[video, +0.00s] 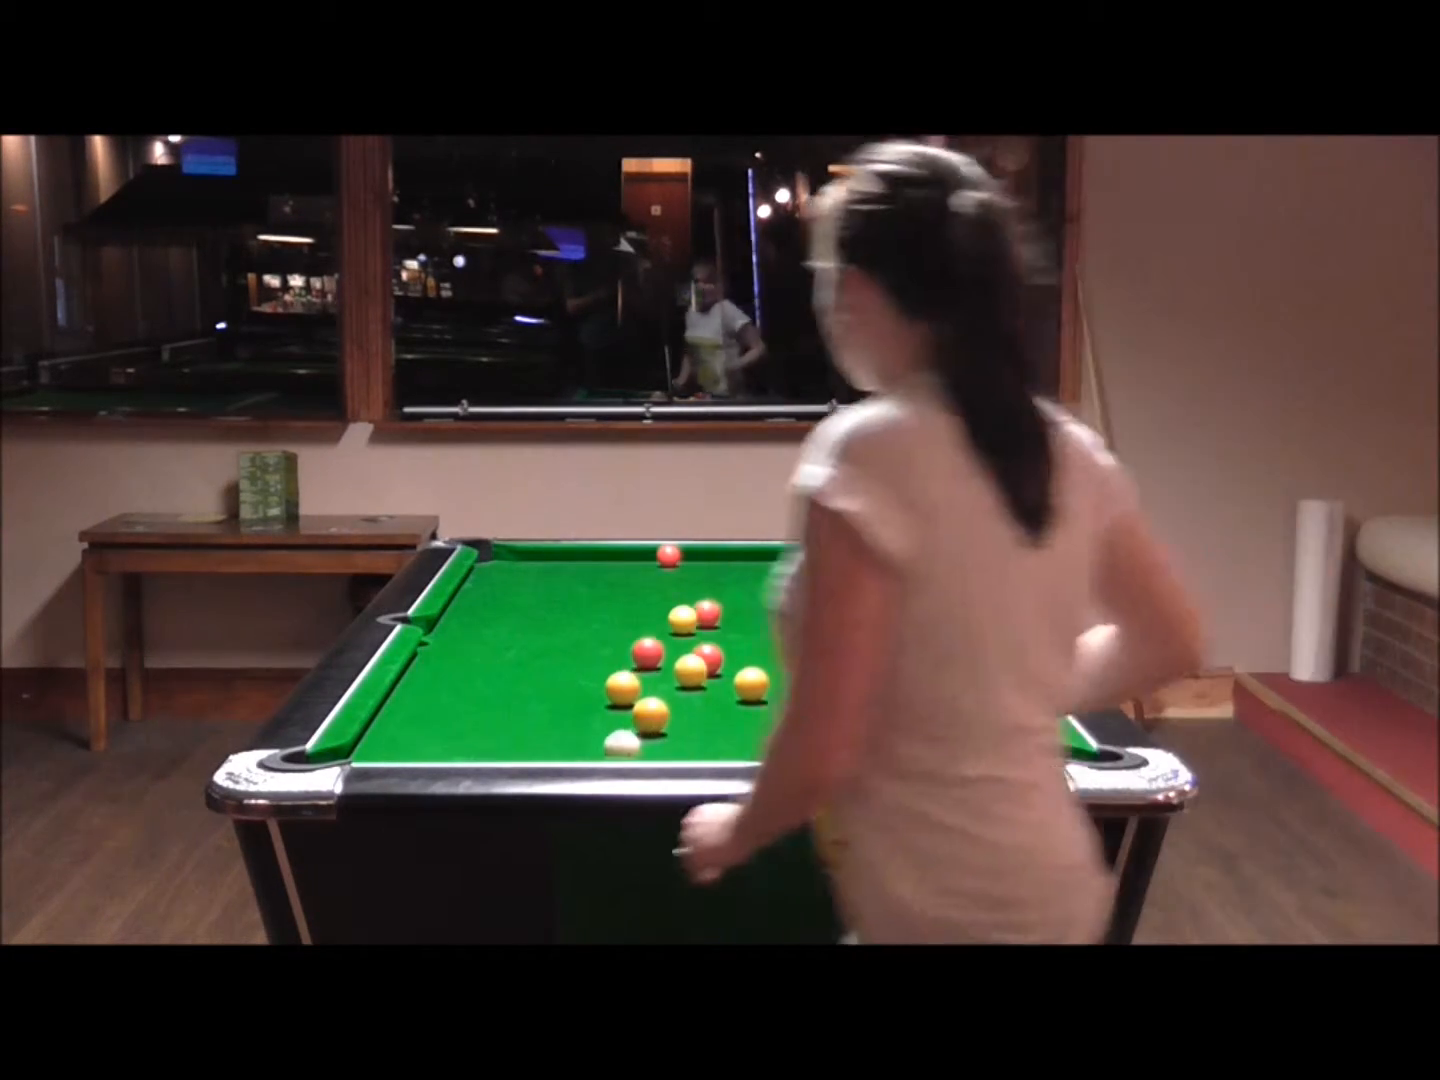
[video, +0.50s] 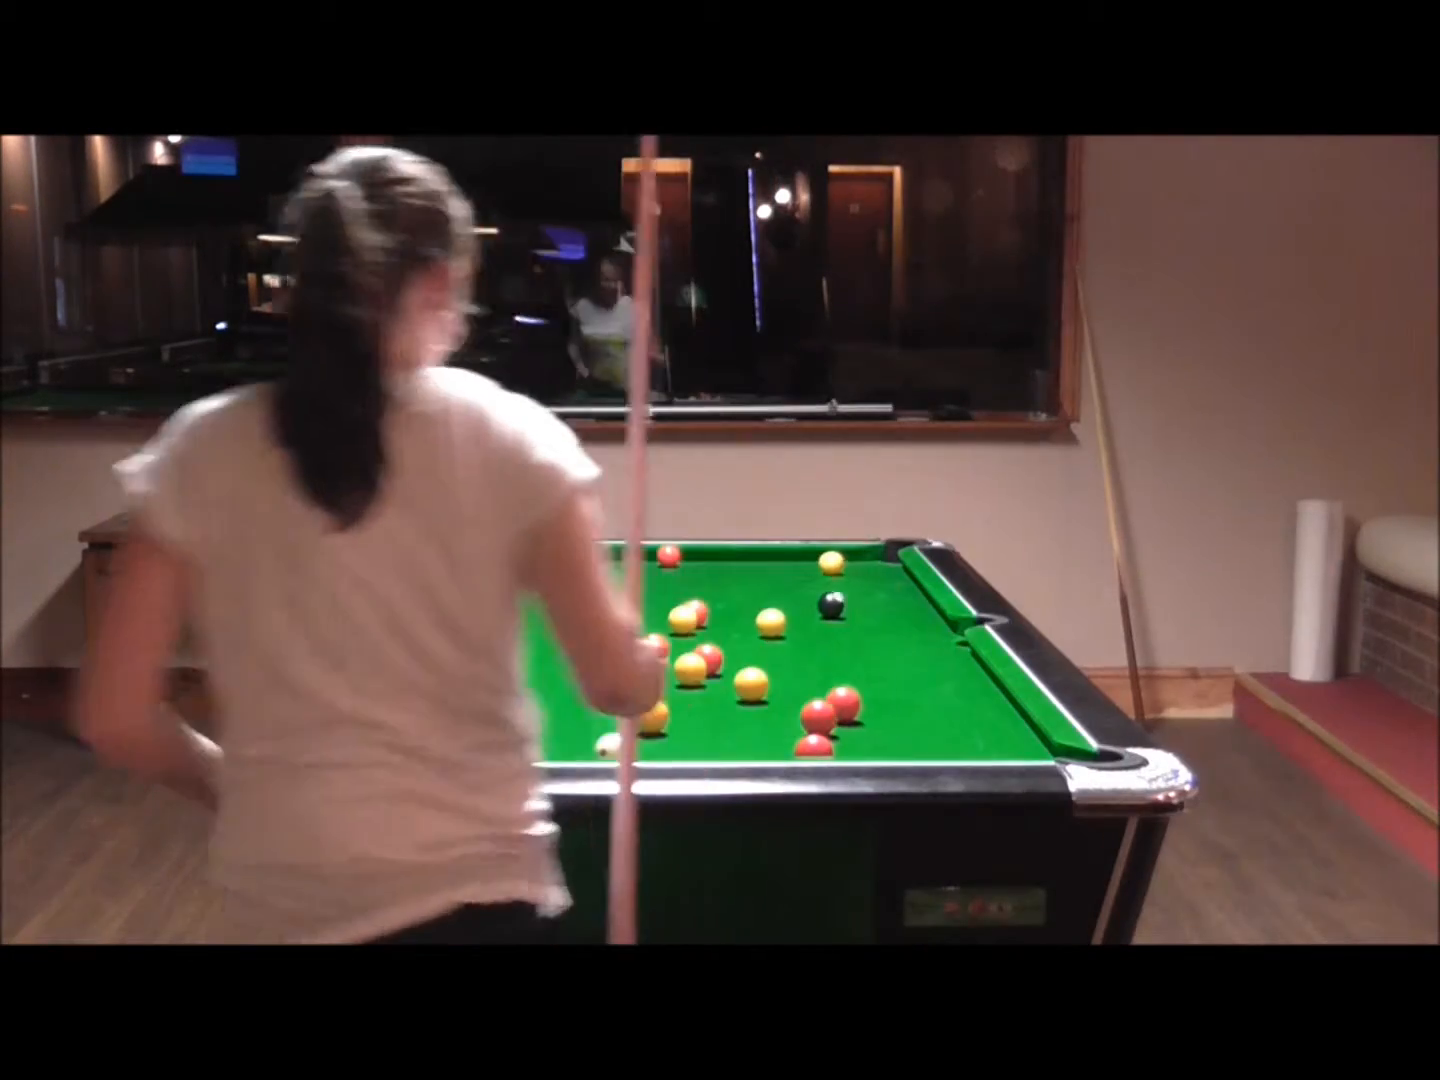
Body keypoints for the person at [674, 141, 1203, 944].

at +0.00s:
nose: (828, 308)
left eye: (830, 283)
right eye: (826, 284)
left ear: (862, 293)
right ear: (978, 283)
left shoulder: (863, 451)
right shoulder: (1068, 447)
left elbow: (824, 745)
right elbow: (1166, 636)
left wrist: (738, 830)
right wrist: (1027, 688)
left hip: (921, 894)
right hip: (1058, 874)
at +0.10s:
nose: (739, 292)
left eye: (740, 269)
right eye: (740, 268)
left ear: (765, 280)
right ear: (887, 270)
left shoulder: (751, 442)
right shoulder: (977, 430)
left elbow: (722, 710)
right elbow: (1082, 632)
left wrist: (658, 836)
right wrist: (939, 679)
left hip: (817, 872)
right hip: (960, 851)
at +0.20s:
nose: (608, 281)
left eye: (609, 256)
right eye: (607, 254)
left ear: (630, 272)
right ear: (755, 261)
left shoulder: (590, 435)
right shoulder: (846, 419)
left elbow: (562, 727)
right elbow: (955, 628)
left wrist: (518, 848)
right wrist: (823, 674)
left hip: (661, 851)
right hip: (823, 825)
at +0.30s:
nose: (515, 276)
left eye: (520, 255)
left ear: (531, 278)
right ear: (676, 270)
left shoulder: (479, 442)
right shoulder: (755, 424)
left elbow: (439, 700)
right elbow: (864, 641)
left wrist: (421, 835)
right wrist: (757, 678)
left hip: (552, 877)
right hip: (733, 863)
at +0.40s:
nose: (551, 298)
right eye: (549, 280)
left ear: (397, 283)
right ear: (530, 287)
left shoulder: (311, 452)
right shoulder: (606, 440)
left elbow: (231, 724)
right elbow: (710, 670)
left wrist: (273, 809)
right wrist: (667, 688)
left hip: (375, 891)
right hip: (569, 885)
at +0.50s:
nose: (464, 309)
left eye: (462, 286)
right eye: (460, 286)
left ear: (305, 283)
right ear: (430, 287)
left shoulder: (203, 448)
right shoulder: (505, 437)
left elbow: (115, 717)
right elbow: (615, 685)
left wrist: (233, 782)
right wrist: (646, 663)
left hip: (280, 900)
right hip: (475, 893)